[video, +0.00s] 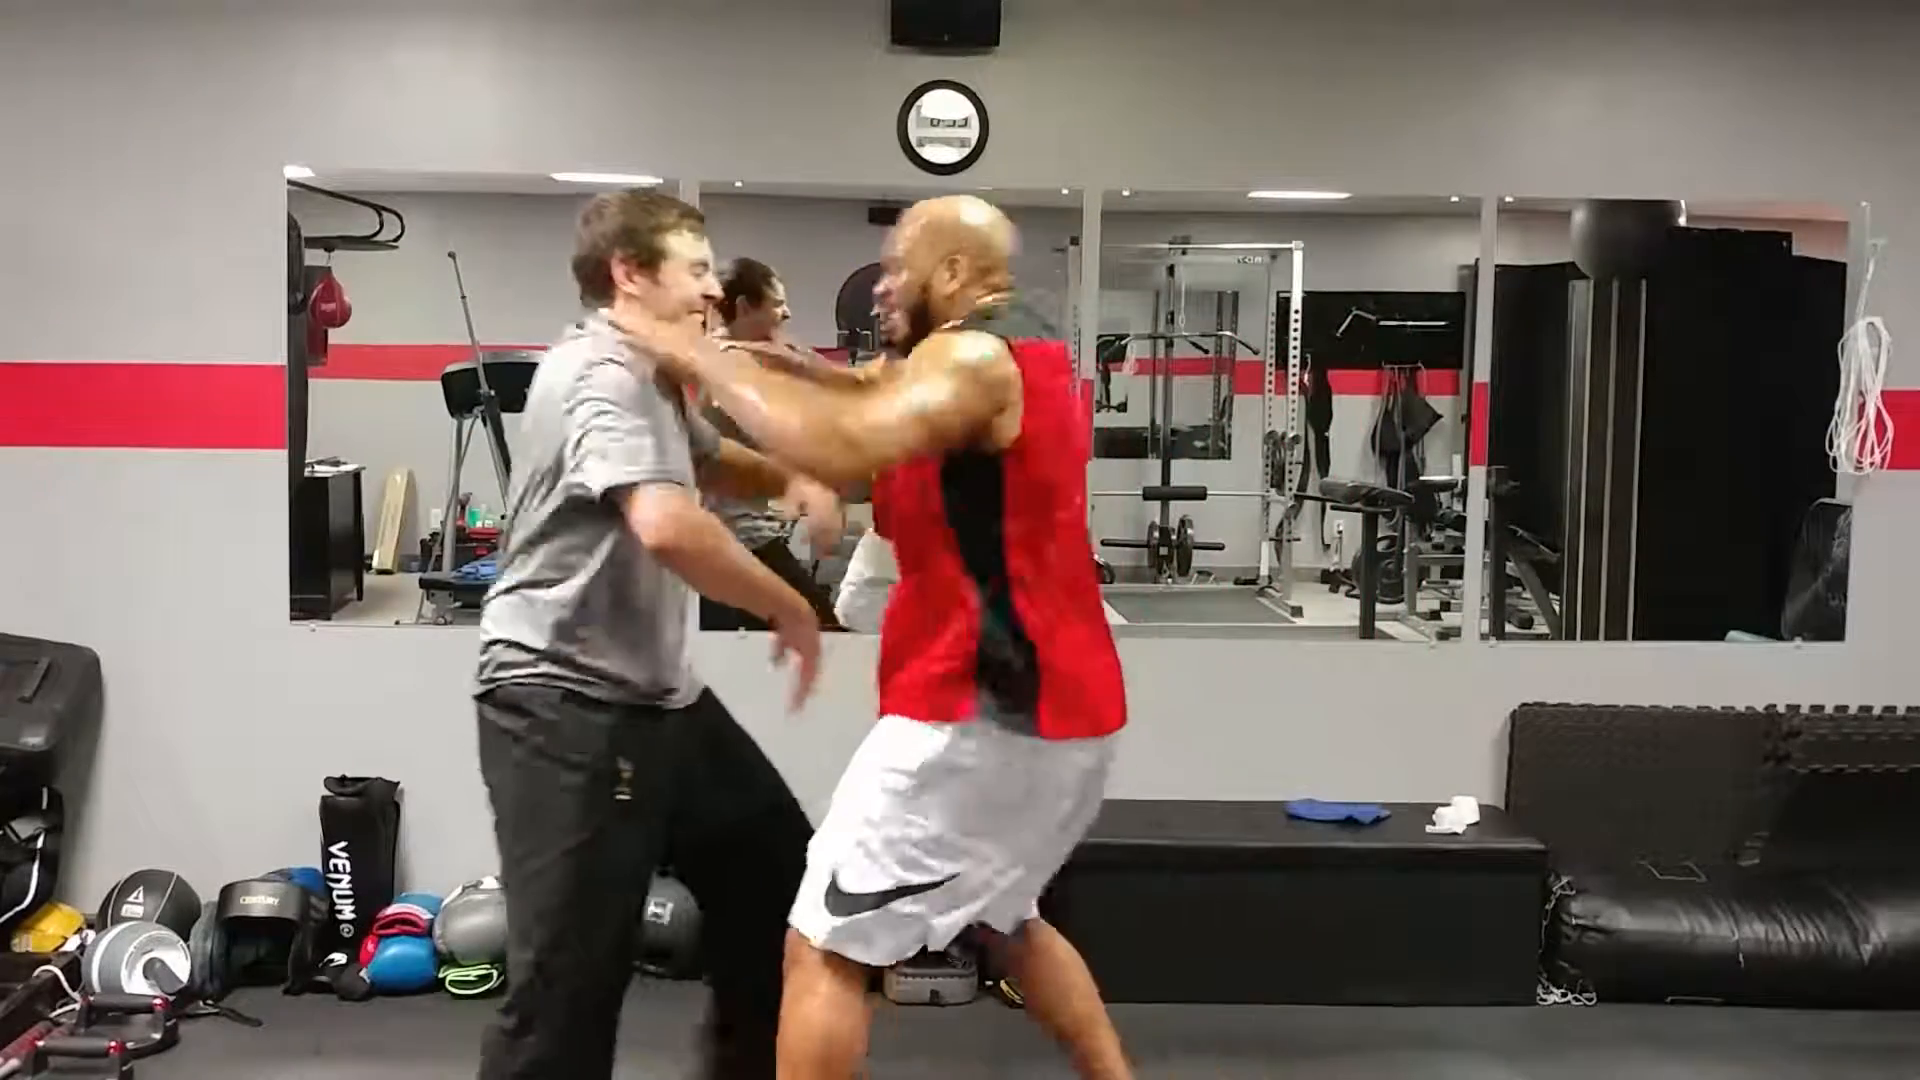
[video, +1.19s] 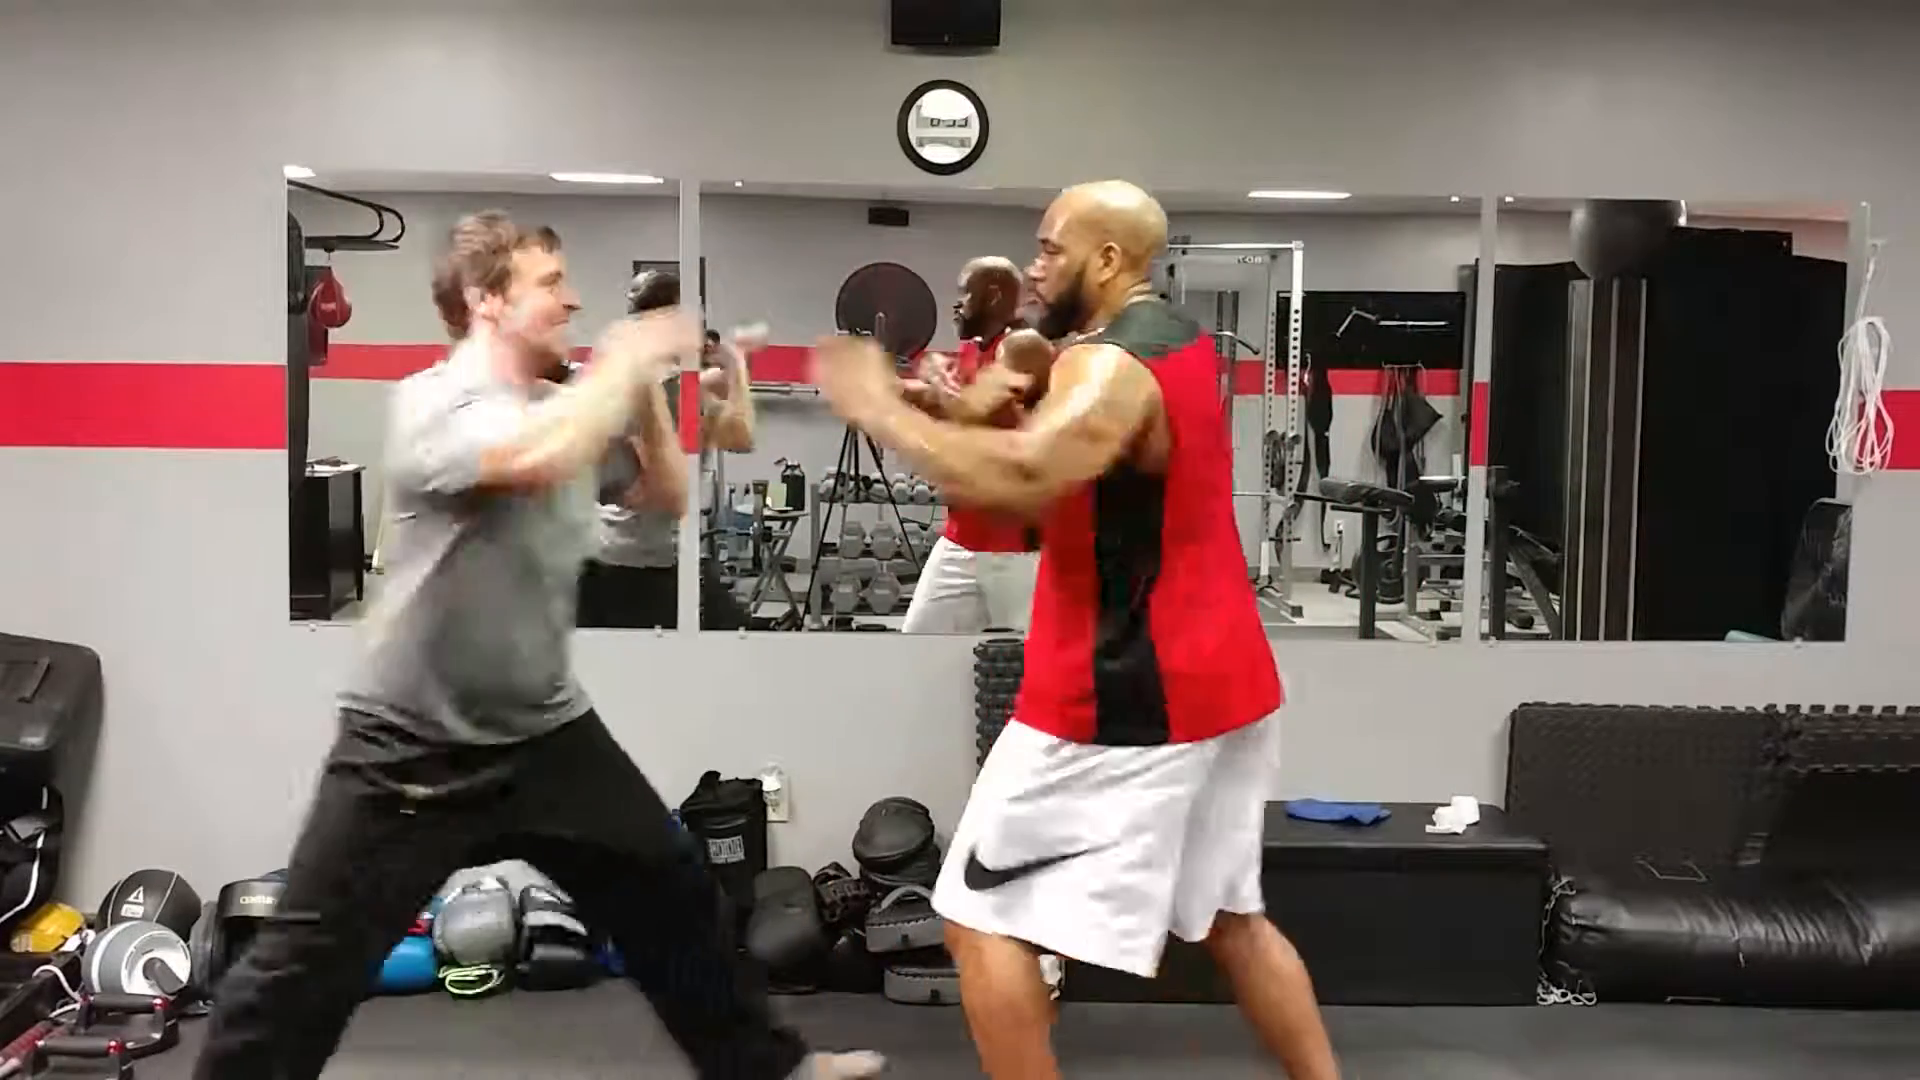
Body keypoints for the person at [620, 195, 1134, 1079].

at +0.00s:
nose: (884, 287)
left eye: (896, 268)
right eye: (887, 268)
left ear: (949, 275)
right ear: (979, 277)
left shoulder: (971, 363)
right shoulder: (1028, 354)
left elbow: (847, 449)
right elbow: (874, 388)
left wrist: (695, 353)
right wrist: (764, 357)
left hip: (974, 705)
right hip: (1063, 703)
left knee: (826, 947)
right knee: (1005, 915)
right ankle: (1113, 1071)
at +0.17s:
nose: (847, 325)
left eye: (858, 302)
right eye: (847, 304)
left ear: (918, 298)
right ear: (933, 300)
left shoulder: (951, 393)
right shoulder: (1000, 379)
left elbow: (890, 526)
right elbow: (912, 511)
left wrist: (719, 486)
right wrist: (788, 474)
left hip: (930, 740)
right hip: (1019, 731)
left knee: (768, 949)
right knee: (992, 916)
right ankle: (1153, 1071)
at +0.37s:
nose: (895, 297)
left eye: (912, 279)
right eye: (897, 278)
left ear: (972, 281)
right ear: (984, 284)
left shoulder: (1006, 374)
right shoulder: (1036, 356)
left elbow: (961, 513)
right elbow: (947, 501)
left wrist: (789, 534)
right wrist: (882, 435)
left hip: (1001, 705)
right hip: (1090, 698)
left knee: (839, 916)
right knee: (1062, 906)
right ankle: (1155, 1069)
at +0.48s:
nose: (921, 293)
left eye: (936, 274)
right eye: (922, 274)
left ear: (998, 274)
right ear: (1009, 277)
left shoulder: (1025, 371)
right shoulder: (1070, 352)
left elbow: (990, 517)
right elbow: (1020, 498)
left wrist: (842, 596)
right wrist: (925, 441)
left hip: (1022, 688)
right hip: (1117, 683)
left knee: (852, 882)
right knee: (1072, 900)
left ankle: (889, 1071)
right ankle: (1159, 1070)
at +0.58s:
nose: (945, 284)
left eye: (957, 264)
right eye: (945, 265)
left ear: (1017, 266)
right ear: (1034, 267)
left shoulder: (1038, 373)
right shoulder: (1104, 351)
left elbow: (1014, 530)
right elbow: (1070, 500)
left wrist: (904, 665)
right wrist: (952, 443)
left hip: (1035, 673)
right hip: (1129, 668)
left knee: (877, 885)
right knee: (1077, 892)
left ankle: (974, 1073)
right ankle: (1161, 1071)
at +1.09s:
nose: (997, 260)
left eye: (1011, 242)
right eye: (1000, 241)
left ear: (1071, 253)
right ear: (1086, 256)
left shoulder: (1090, 361)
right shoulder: (1140, 340)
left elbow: (1076, 511)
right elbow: (1005, 439)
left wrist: (936, 579)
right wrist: (934, 408)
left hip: (1091, 699)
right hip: (1192, 690)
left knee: (1008, 935)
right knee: (1186, 911)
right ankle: (1290, 1072)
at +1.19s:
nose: (1037, 266)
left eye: (1053, 249)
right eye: (1040, 248)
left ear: (1109, 260)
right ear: (1128, 263)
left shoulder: (1114, 355)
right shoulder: (1175, 339)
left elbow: (1023, 478)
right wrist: (976, 414)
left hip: (1108, 693)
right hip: (1221, 676)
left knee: (980, 914)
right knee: (1230, 913)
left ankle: (1030, 1074)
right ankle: (1321, 1073)